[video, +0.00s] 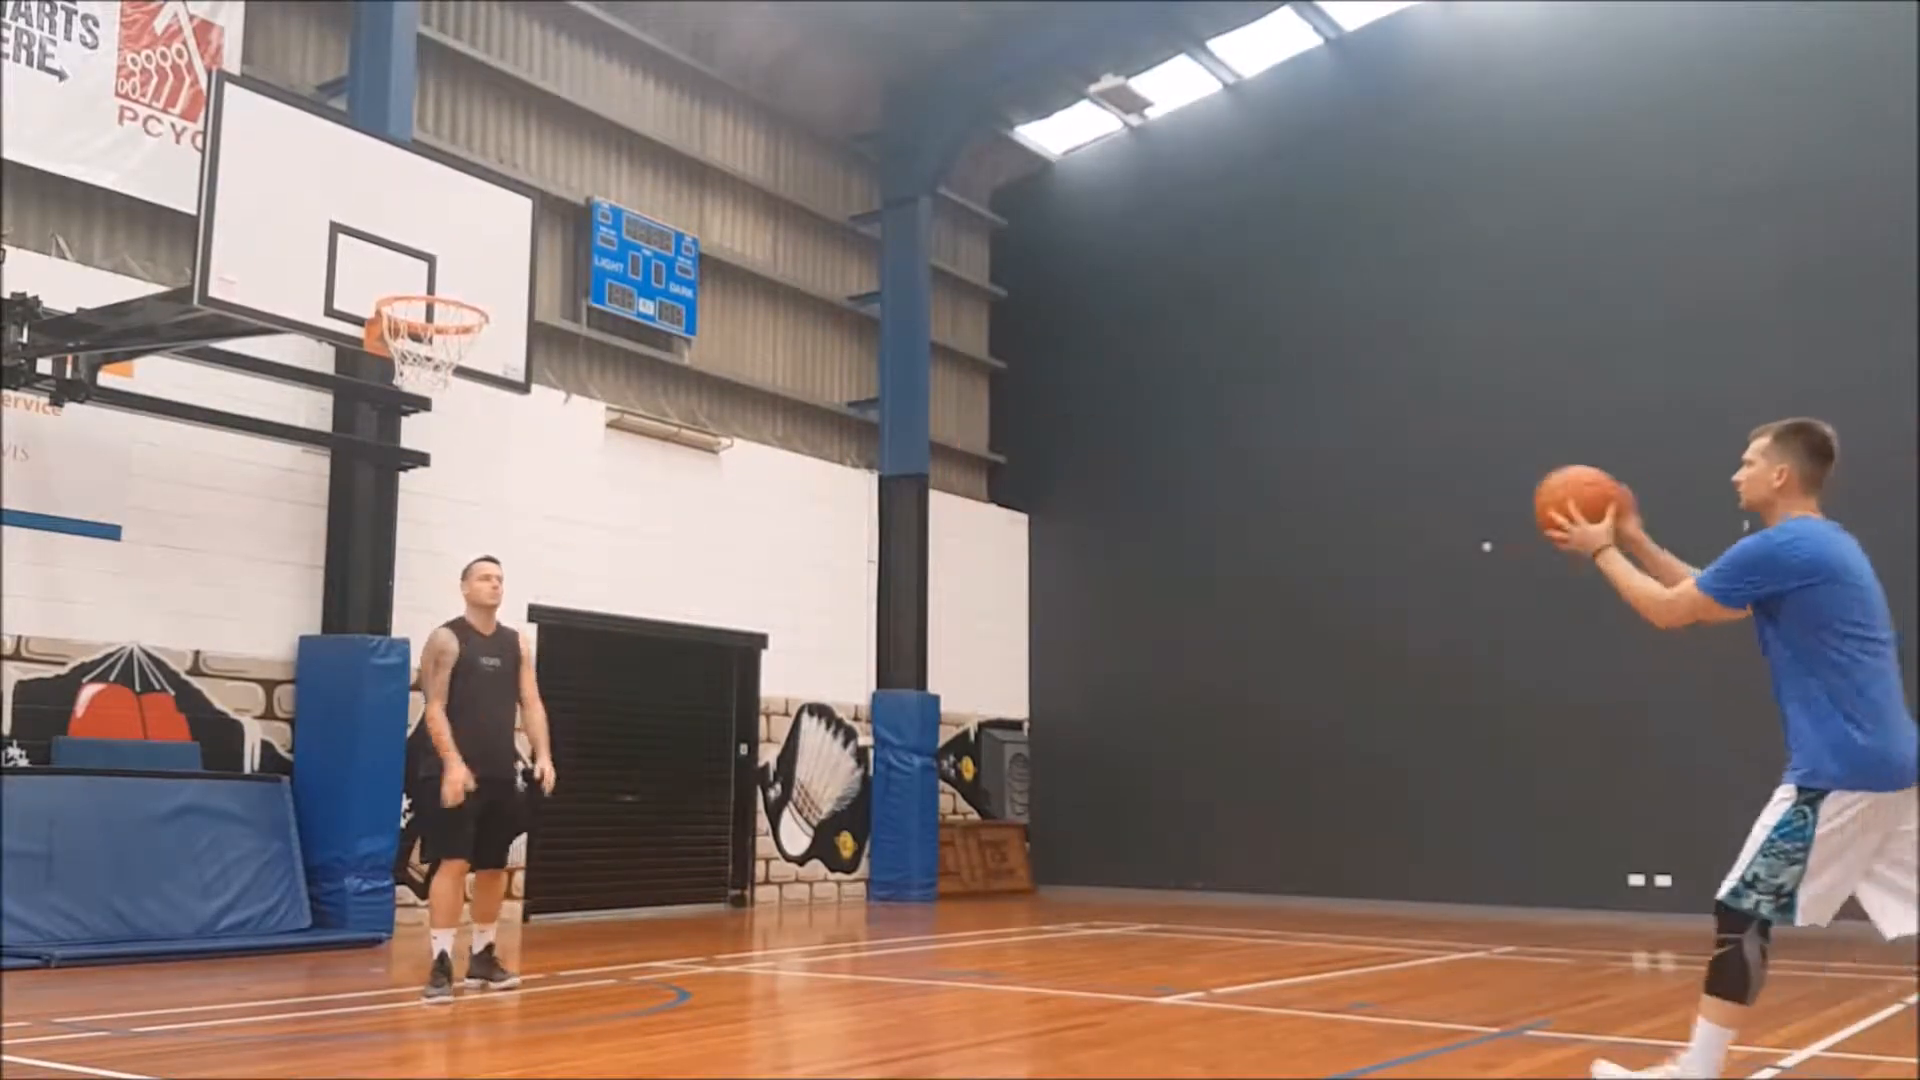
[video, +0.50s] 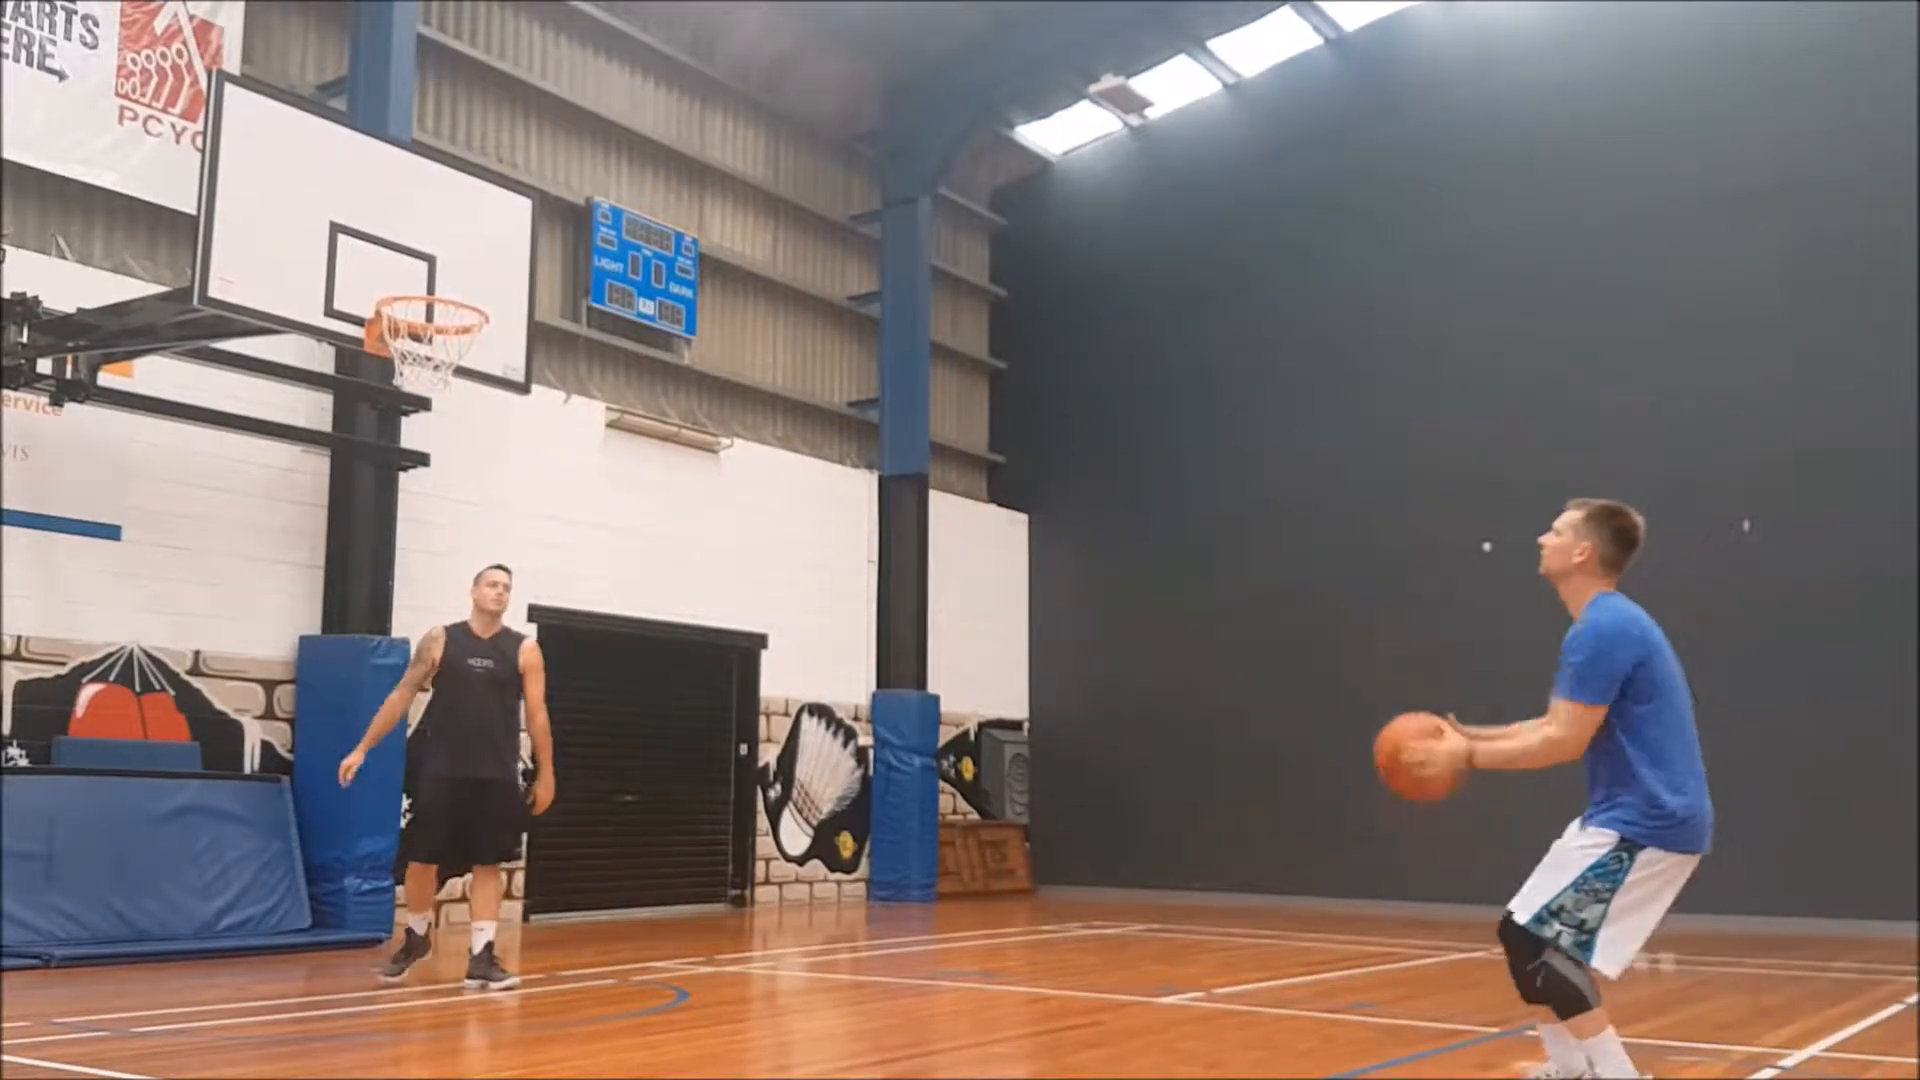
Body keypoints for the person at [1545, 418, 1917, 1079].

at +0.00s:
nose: (1736, 475)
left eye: (1747, 463)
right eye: (1741, 463)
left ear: (1782, 475)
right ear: (1797, 479)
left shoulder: (1779, 549)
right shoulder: (1830, 543)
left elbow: (1667, 611)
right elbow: (1711, 597)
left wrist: (1602, 553)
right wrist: (1635, 543)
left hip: (1838, 770)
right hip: (1893, 765)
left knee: (1743, 911)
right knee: (1914, 917)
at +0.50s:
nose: (1542, 539)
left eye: (1554, 532)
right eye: (1550, 530)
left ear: (1583, 553)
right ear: (1582, 554)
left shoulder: (1608, 627)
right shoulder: (1594, 628)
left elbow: (1566, 741)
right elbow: (1553, 727)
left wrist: (1468, 755)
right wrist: (1466, 737)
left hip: (1650, 820)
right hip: (1621, 813)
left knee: (1542, 942)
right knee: (1521, 930)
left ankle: (1618, 1072)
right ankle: (1568, 1067)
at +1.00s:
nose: (1558, 369)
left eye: (1572, 365)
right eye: (1567, 361)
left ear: (1598, 389)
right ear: (1585, 383)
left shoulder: (1591, 440)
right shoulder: (1549, 437)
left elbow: (1495, 370)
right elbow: (1495, 362)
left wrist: (1433, 296)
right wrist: (1466, 271)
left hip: (1556, 662)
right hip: (1511, 657)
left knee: (1541, 833)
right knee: (1508, 830)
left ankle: (1567, 996)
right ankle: (1518, 989)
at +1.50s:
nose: (1590, 463)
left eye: (1603, 455)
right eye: (1598, 453)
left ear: (1629, 476)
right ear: (1625, 478)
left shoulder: (1634, 550)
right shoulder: (1601, 559)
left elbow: (1580, 646)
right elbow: (1543, 657)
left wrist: (1475, 643)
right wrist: (1509, 594)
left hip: (1603, 761)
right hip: (1560, 754)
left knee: (1551, 911)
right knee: (1509, 901)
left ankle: (1589, 1069)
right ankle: (1558, 1057)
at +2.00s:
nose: (1695, 480)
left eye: (1708, 470)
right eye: (1703, 470)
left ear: (1736, 488)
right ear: (1744, 491)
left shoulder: (1753, 553)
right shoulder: (1771, 555)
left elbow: (1804, 653)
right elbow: (1810, 658)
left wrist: (1832, 762)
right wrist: (1831, 770)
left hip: (1765, 778)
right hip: (1795, 778)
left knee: (1698, 918)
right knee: (1798, 930)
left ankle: (1656, 1065)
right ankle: (1873, 1067)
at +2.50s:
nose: (1845, 468)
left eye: (1857, 457)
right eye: (1851, 457)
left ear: (1892, 468)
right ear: (1896, 470)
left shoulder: (1892, 538)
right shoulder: (1903, 535)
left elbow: (1858, 646)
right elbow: (1872, 651)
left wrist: (1762, 707)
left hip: (1904, 777)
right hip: (1901, 774)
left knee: (1892, 930)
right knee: (1892, 929)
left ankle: (1889, 1069)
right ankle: (1889, 1066)